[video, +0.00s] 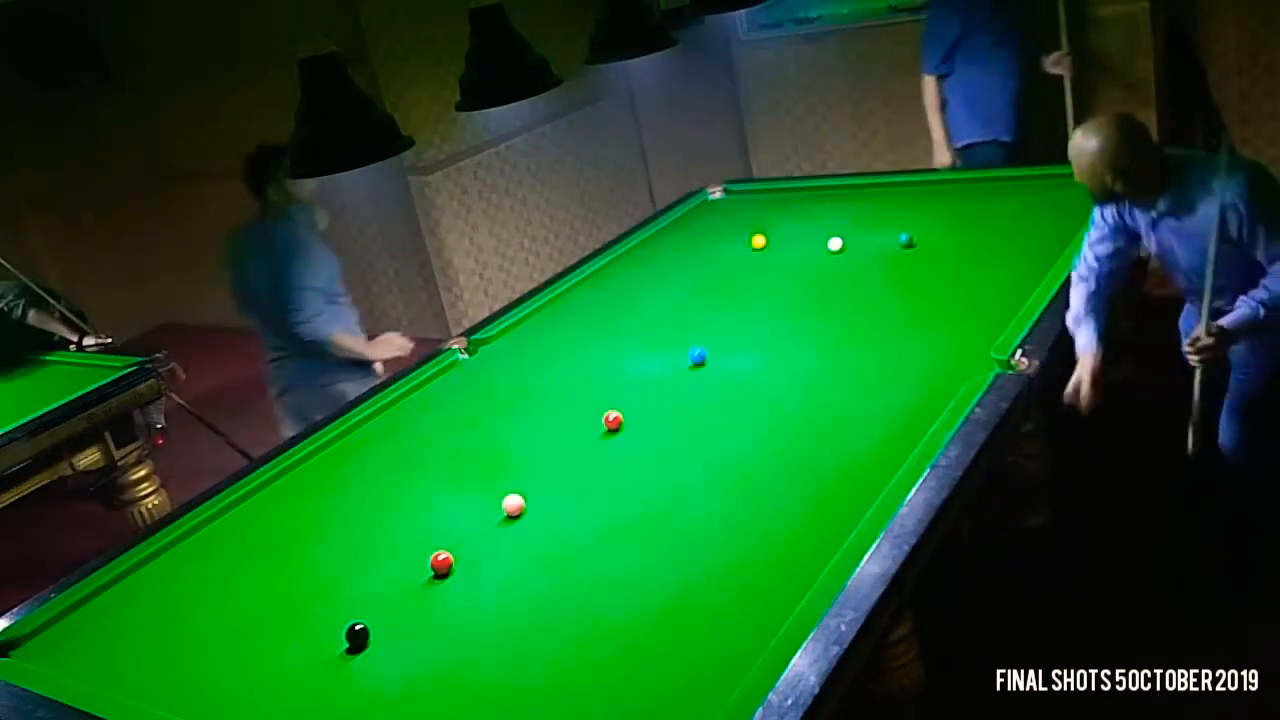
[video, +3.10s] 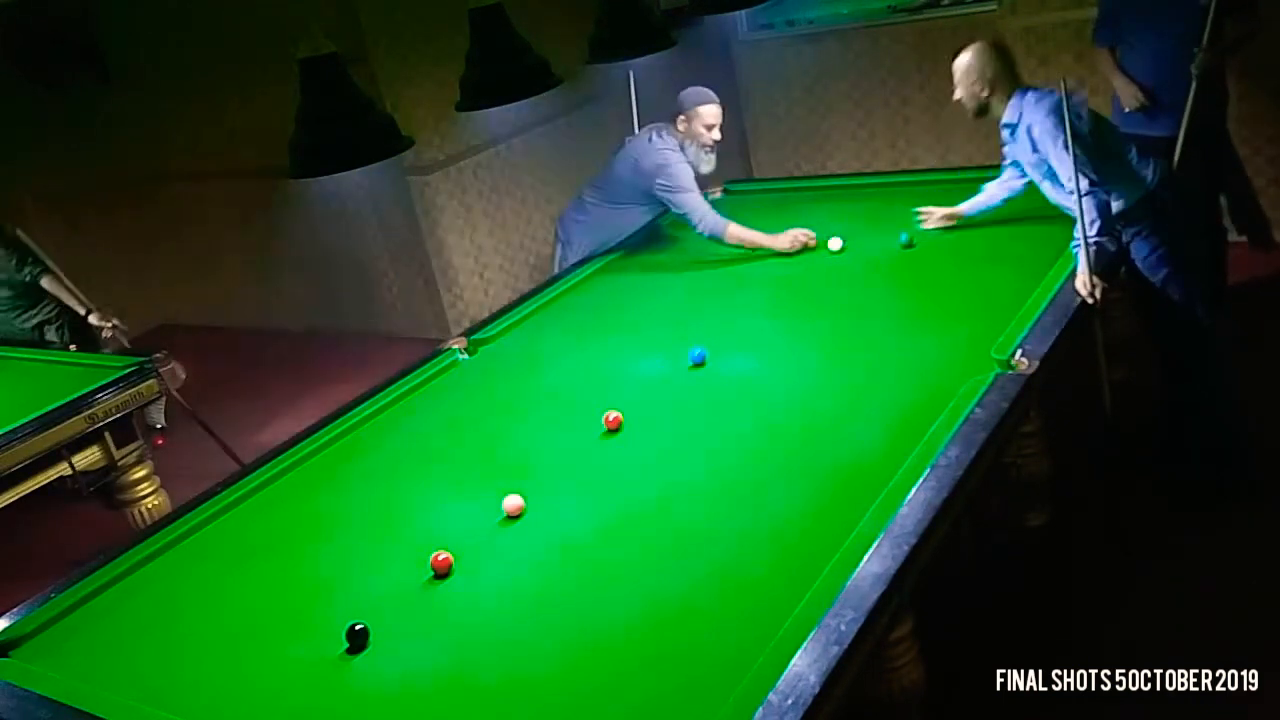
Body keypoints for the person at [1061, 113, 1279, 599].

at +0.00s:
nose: (1108, 198)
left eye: (1107, 189)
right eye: (1102, 192)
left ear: (1125, 174)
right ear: (1115, 176)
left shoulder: (1234, 189)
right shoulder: (1123, 202)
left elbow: (1279, 272)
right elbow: (1089, 274)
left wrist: (1228, 327)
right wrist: (1087, 350)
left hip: (1256, 322)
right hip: (1198, 317)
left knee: (1233, 441)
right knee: (1190, 430)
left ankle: (1243, 561)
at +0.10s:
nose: (1093, 161)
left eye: (1094, 152)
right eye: (1092, 153)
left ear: (1110, 147)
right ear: (1129, 135)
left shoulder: (1222, 175)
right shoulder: (1115, 184)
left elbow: (1275, 263)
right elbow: (1082, 248)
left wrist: (1216, 322)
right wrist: (1085, 289)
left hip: (1251, 335)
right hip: (1194, 330)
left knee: (1228, 442)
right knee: (1178, 440)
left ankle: (1242, 568)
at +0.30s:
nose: (1070, 113)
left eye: (1073, 102)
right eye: (1070, 103)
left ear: (1097, 104)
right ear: (1108, 101)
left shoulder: (1185, 158)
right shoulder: (1115, 157)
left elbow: (1246, 248)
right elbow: (1099, 191)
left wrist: (1184, 312)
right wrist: (1058, 211)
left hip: (1221, 309)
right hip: (1172, 305)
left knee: (1200, 434)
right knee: (1178, 428)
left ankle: (1215, 564)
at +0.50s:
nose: (1043, 88)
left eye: (1047, 76)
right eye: (1043, 77)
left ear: (1072, 79)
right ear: (1085, 77)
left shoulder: (1130, 129)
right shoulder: (1109, 126)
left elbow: (1185, 217)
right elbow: (1087, 174)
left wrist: (1144, 283)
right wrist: (1014, 182)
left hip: (1200, 293)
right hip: (1179, 290)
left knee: (1220, 416)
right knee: (1208, 413)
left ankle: (1231, 541)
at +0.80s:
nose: (997, 84)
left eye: (1002, 72)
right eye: (997, 73)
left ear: (1031, 68)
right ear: (1031, 68)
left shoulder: (1079, 109)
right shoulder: (1060, 111)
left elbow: (1121, 191)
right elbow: (1030, 166)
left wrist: (1110, 262)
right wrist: (962, 194)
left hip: (1174, 241)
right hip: (1152, 240)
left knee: (1191, 365)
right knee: (1173, 363)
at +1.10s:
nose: (947, 114)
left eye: (952, 104)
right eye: (947, 105)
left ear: (979, 99)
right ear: (977, 100)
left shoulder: (1036, 119)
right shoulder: (1000, 143)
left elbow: (1081, 183)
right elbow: (955, 189)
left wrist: (1086, 255)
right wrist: (891, 220)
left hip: (1149, 214)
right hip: (1119, 224)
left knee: (1188, 330)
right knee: (1164, 332)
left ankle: (1208, 444)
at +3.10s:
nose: (956, 96)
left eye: (959, 85)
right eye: (955, 86)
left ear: (984, 84)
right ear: (986, 83)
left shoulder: (1040, 111)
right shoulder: (1014, 126)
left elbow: (1083, 183)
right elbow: (1012, 180)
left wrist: (1087, 259)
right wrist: (958, 211)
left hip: (1140, 216)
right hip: (1110, 223)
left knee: (1186, 325)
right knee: (1161, 329)